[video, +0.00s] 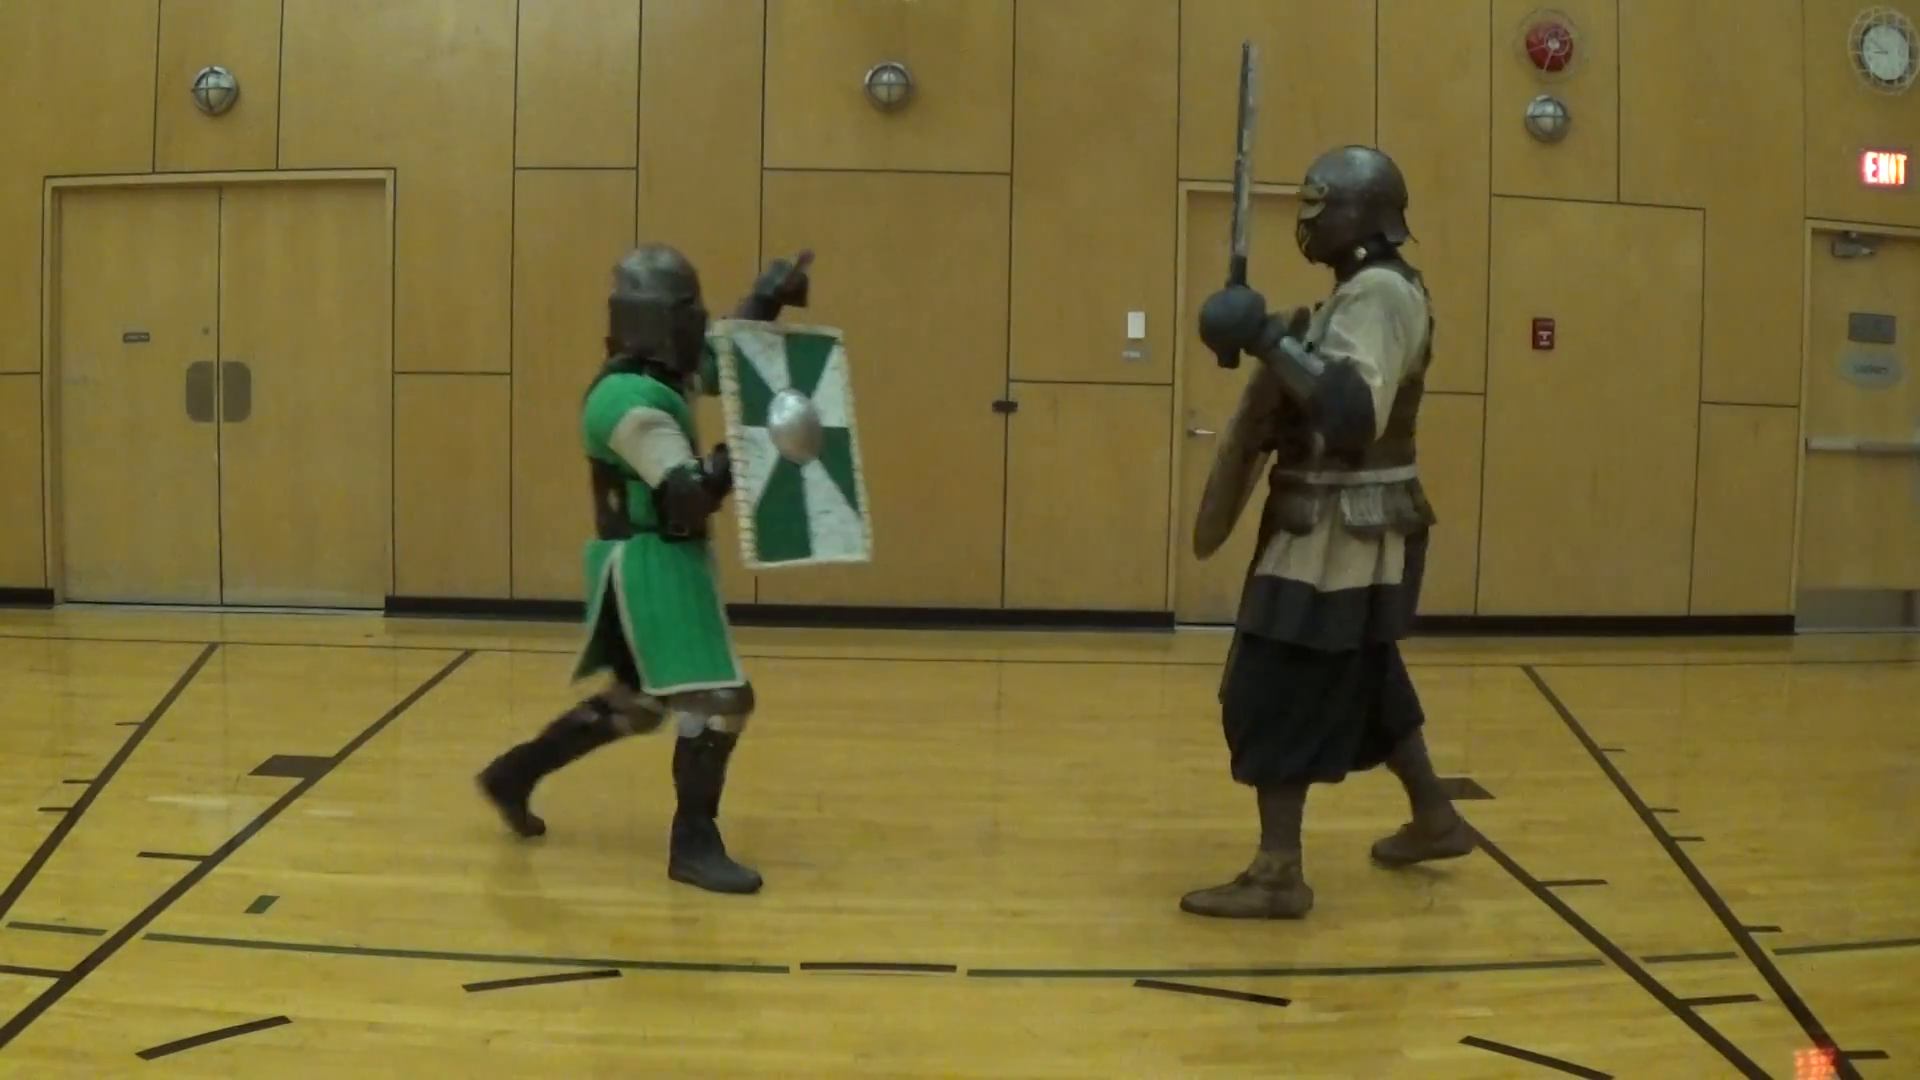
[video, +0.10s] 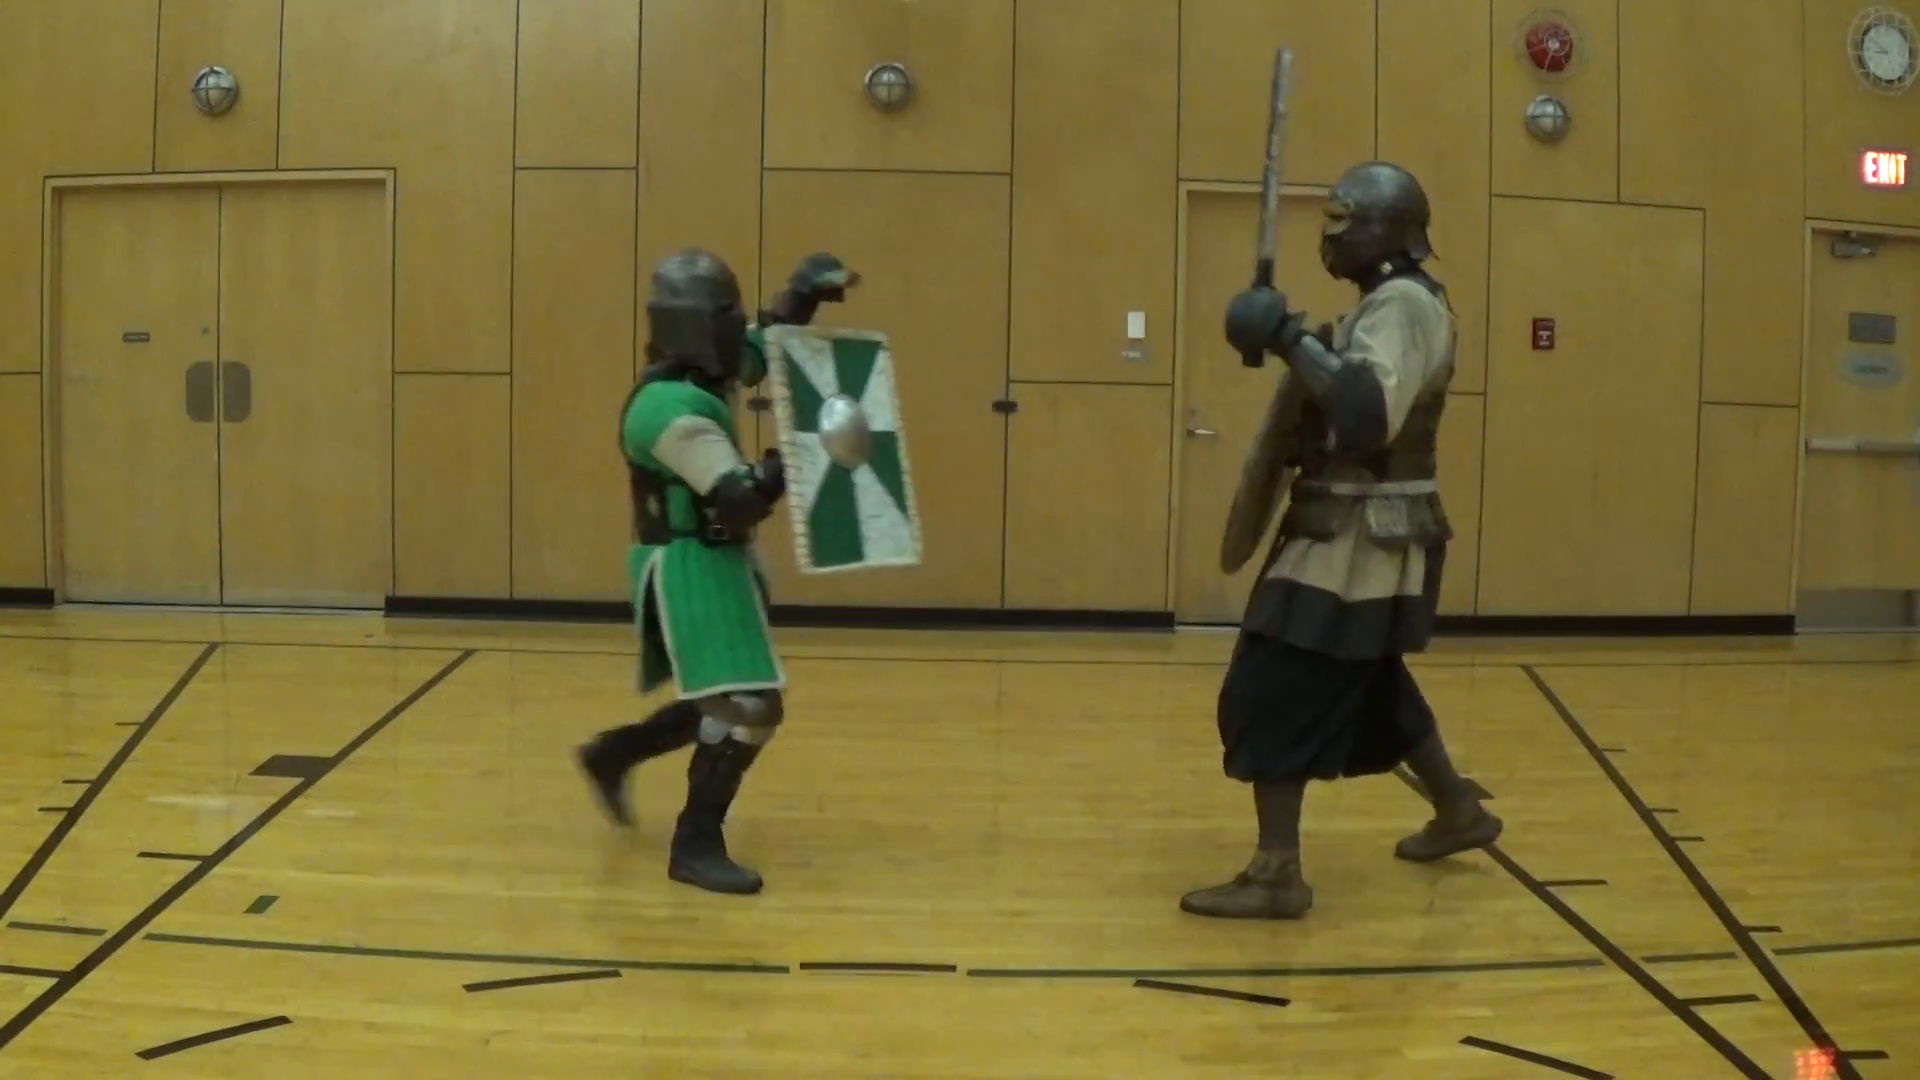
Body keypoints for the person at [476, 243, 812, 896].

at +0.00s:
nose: (698, 324)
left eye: (694, 312)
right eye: (689, 313)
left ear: (632, 320)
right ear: (664, 322)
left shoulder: (659, 380)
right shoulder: (629, 399)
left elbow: (725, 362)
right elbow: (687, 499)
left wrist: (762, 306)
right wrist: (755, 440)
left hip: (651, 562)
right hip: (653, 564)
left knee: (643, 702)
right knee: (719, 701)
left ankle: (514, 773)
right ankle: (695, 847)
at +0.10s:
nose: (734, 326)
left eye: (732, 316)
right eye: (723, 316)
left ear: (676, 327)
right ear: (692, 327)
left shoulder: (708, 379)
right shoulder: (667, 407)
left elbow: (764, 345)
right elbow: (737, 503)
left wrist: (801, 295)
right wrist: (810, 449)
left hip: (714, 559)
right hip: (687, 564)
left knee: (742, 699)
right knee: (747, 706)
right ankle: (697, 846)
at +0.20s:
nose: (779, 339)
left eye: (777, 329)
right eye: (771, 329)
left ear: (722, 333)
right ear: (744, 338)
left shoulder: (739, 394)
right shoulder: (716, 416)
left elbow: (785, 343)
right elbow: (786, 507)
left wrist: (822, 284)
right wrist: (860, 454)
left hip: (766, 565)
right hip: (732, 573)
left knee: (843, 669)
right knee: (774, 711)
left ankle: (757, 782)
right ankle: (700, 843)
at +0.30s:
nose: (830, 347)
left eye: (829, 336)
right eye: (822, 335)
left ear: (773, 337)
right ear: (797, 341)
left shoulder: (789, 402)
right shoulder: (768, 416)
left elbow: (819, 347)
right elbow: (837, 505)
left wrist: (856, 286)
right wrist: (913, 453)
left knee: (912, 660)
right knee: (797, 724)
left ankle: (897, 792)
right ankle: (703, 843)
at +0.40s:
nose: (882, 343)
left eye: (881, 333)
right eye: (873, 331)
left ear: (817, 339)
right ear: (845, 338)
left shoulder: (842, 398)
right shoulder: (822, 409)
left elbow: (872, 355)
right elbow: (887, 500)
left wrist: (909, 303)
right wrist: (958, 452)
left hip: (874, 562)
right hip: (835, 569)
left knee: (952, 671)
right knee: (865, 715)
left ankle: (901, 793)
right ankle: (748, 818)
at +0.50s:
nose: (922, 344)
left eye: (919, 335)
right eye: (914, 334)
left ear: (867, 336)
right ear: (892, 337)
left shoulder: (880, 394)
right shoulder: (861, 403)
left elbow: (923, 369)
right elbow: (916, 495)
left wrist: (960, 311)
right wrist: (995, 456)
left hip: (890, 556)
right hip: (861, 561)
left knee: (969, 672)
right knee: (952, 678)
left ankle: (903, 788)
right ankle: (879, 794)